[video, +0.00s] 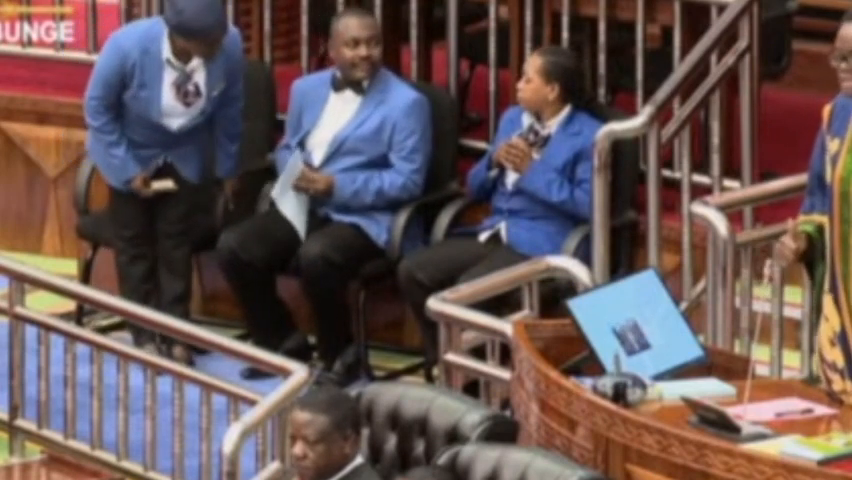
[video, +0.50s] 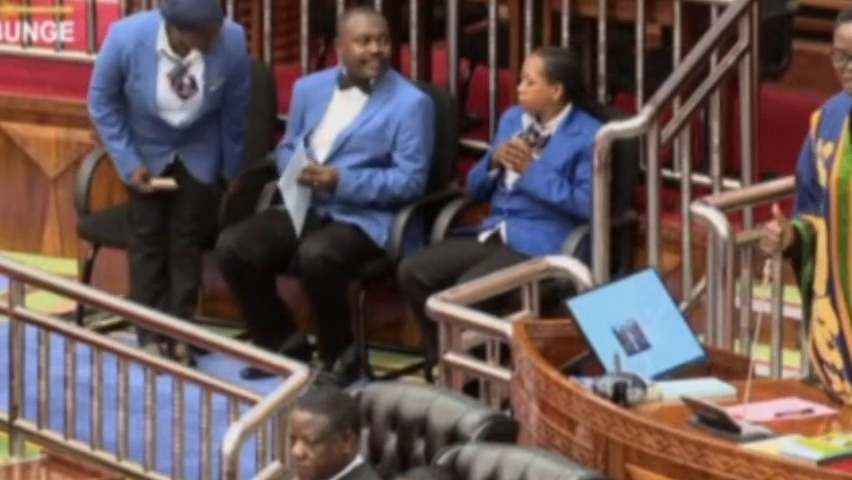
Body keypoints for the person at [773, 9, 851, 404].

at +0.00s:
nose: (844, 68)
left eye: (849, 58)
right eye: (840, 58)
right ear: (832, 59)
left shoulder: (838, 114)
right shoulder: (835, 114)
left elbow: (821, 199)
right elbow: (818, 195)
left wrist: (805, 237)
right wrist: (803, 237)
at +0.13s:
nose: (845, 67)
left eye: (849, 57)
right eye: (841, 57)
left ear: (851, 59)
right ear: (832, 59)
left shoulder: (837, 114)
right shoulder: (834, 114)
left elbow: (820, 201)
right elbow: (817, 197)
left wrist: (805, 238)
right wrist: (803, 239)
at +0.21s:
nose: (846, 67)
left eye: (851, 56)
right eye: (842, 56)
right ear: (833, 58)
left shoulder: (836, 114)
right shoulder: (833, 114)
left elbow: (819, 204)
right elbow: (816, 200)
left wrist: (803, 236)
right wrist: (801, 237)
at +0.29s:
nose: (847, 66)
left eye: (850, 55)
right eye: (842, 55)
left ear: (848, 57)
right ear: (833, 58)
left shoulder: (833, 118)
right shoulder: (829, 117)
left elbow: (824, 216)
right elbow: (824, 214)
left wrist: (804, 229)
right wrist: (800, 228)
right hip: (832, 315)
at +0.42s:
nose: (846, 66)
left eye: (848, 56)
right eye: (841, 56)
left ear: (846, 58)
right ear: (833, 58)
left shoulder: (831, 118)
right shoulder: (828, 118)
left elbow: (819, 215)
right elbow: (818, 213)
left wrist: (797, 231)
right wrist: (795, 232)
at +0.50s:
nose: (848, 68)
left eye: (851, 57)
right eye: (842, 57)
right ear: (832, 58)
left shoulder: (830, 118)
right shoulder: (828, 118)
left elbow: (817, 218)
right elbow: (817, 216)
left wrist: (795, 233)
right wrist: (792, 234)